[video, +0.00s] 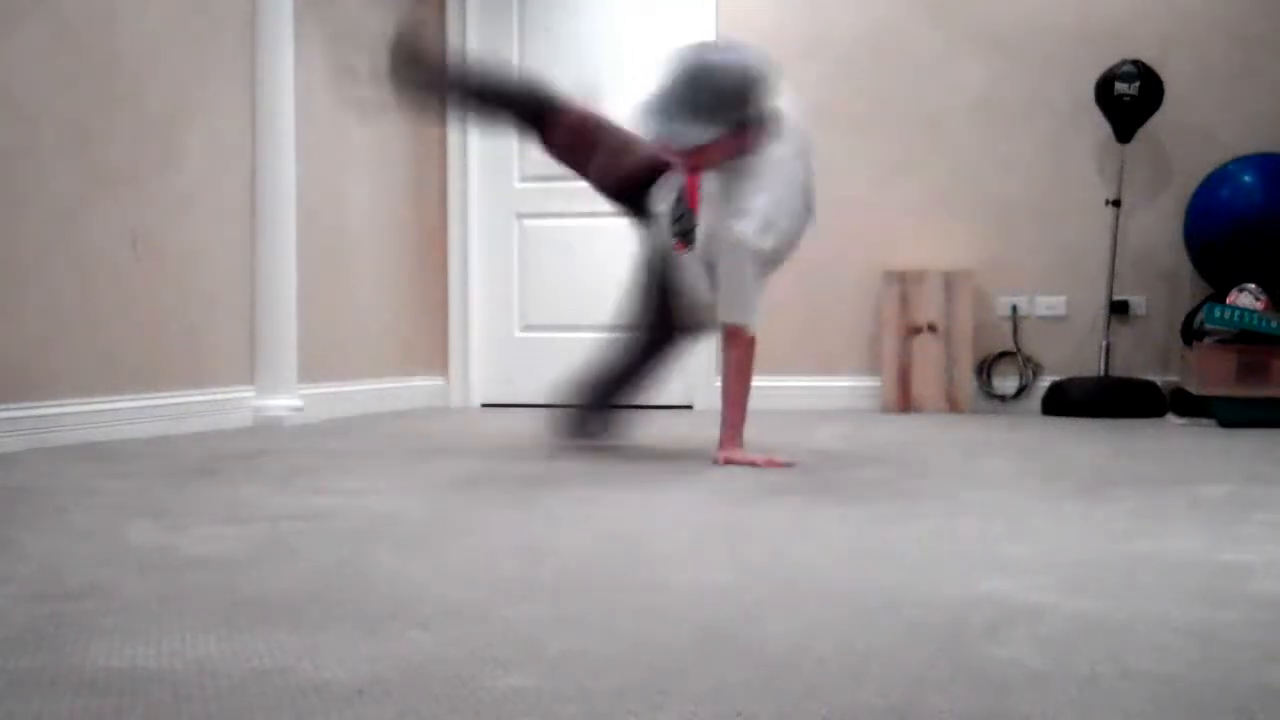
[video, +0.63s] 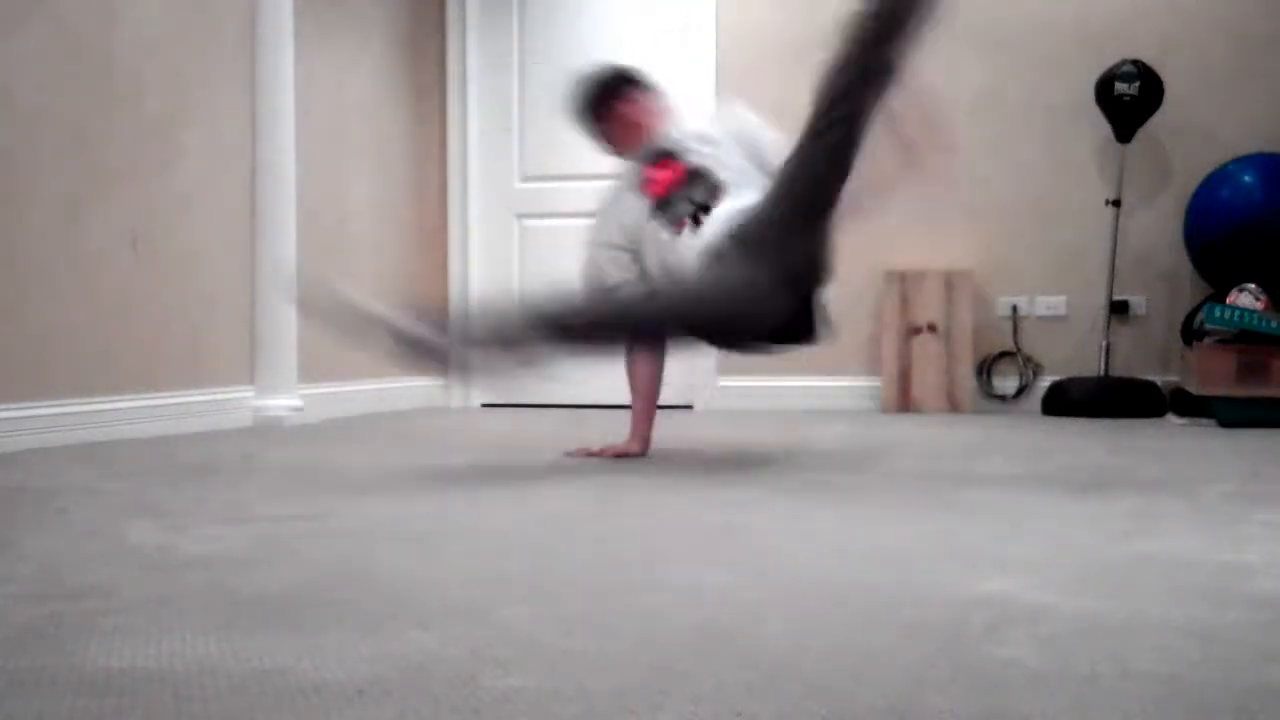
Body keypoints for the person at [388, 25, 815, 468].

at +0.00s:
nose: (682, 151)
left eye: (696, 141)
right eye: (679, 136)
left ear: (739, 133)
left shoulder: (744, 229)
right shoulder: (754, 109)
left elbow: (739, 336)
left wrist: (731, 445)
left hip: (686, 282)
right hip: (671, 196)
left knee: (643, 351)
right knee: (553, 117)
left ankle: (587, 415)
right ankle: (435, 77)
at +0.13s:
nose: (616, 199)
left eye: (627, 184)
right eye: (609, 184)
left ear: (669, 165)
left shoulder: (728, 188)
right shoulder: (620, 165)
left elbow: (733, 328)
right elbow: (613, 259)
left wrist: (731, 441)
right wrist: (606, 365)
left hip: (800, 190)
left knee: (785, 292)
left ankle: (786, 388)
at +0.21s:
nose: (586, 244)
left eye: (594, 227)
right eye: (575, 232)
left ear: (632, 203)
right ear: (563, 218)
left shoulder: (704, 205)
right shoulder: (583, 235)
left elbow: (725, 327)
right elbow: (624, 326)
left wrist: (731, 442)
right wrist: (635, 440)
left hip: (786, 144)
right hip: (700, 141)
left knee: (883, 284)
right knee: (640, 296)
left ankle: (967, 310)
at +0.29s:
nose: (557, 247)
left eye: (559, 228)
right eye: (543, 239)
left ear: (589, 195)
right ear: (536, 231)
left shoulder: (661, 190)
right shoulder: (573, 251)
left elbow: (709, 324)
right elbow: (620, 331)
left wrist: (733, 440)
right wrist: (635, 438)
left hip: (767, 159)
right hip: (727, 222)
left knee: (891, 170)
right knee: (753, 372)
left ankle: (1015, 185)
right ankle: (861, 383)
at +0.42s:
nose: (511, 164)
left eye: (509, 143)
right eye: (496, 161)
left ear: (542, 119)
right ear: (500, 171)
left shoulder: (622, 147)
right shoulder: (556, 237)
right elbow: (624, 325)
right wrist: (639, 439)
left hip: (789, 200)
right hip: (776, 283)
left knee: (808, 51)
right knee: (804, 407)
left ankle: (921, 5)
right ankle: (974, 431)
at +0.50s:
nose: (543, 120)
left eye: (539, 101)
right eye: (527, 122)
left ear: (563, 85)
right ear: (527, 139)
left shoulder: (634, 104)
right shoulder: (573, 232)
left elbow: (764, 134)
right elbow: (627, 328)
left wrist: (707, 115)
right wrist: (638, 441)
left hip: (803, 230)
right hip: (776, 308)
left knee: (802, 45)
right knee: (722, 395)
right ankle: (857, 463)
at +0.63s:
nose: (628, 126)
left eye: (629, 109)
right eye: (612, 123)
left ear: (653, 99)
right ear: (604, 136)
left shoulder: (728, 132)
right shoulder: (618, 220)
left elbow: (811, 178)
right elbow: (639, 334)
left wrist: (899, 156)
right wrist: (639, 440)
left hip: (787, 258)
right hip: (742, 316)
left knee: (844, 101)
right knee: (587, 316)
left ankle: (902, 11)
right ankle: (458, 340)